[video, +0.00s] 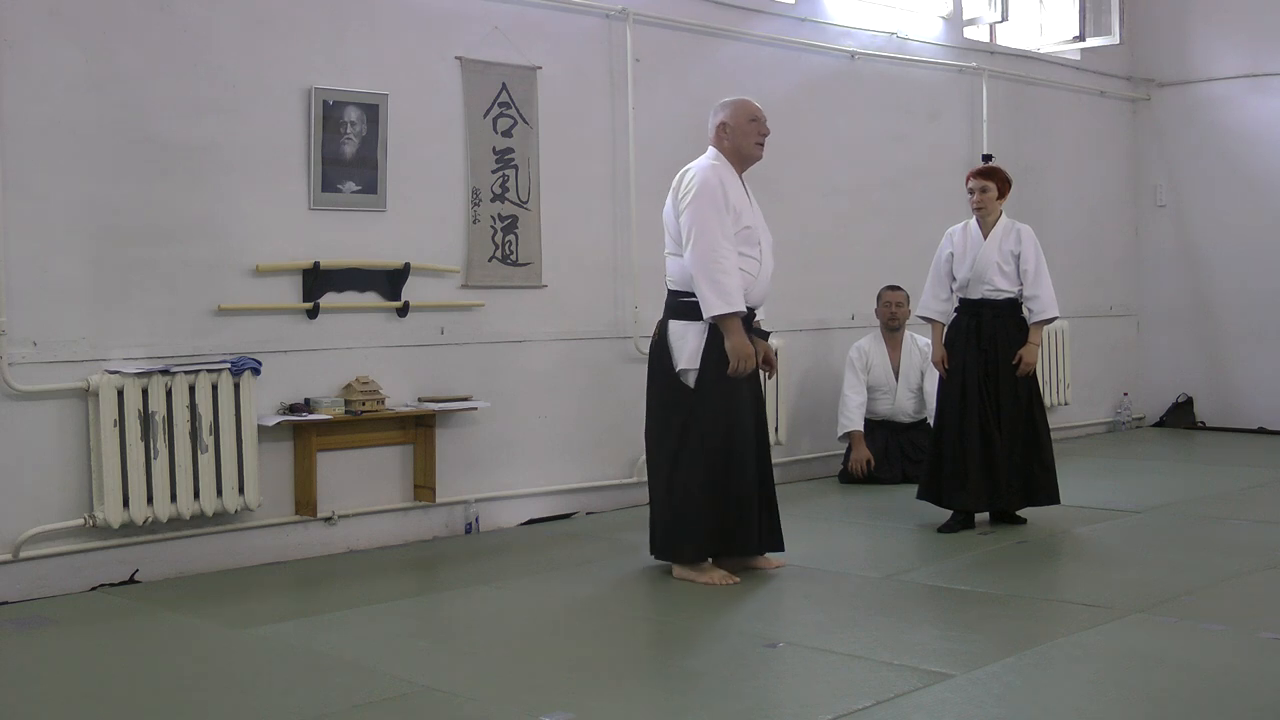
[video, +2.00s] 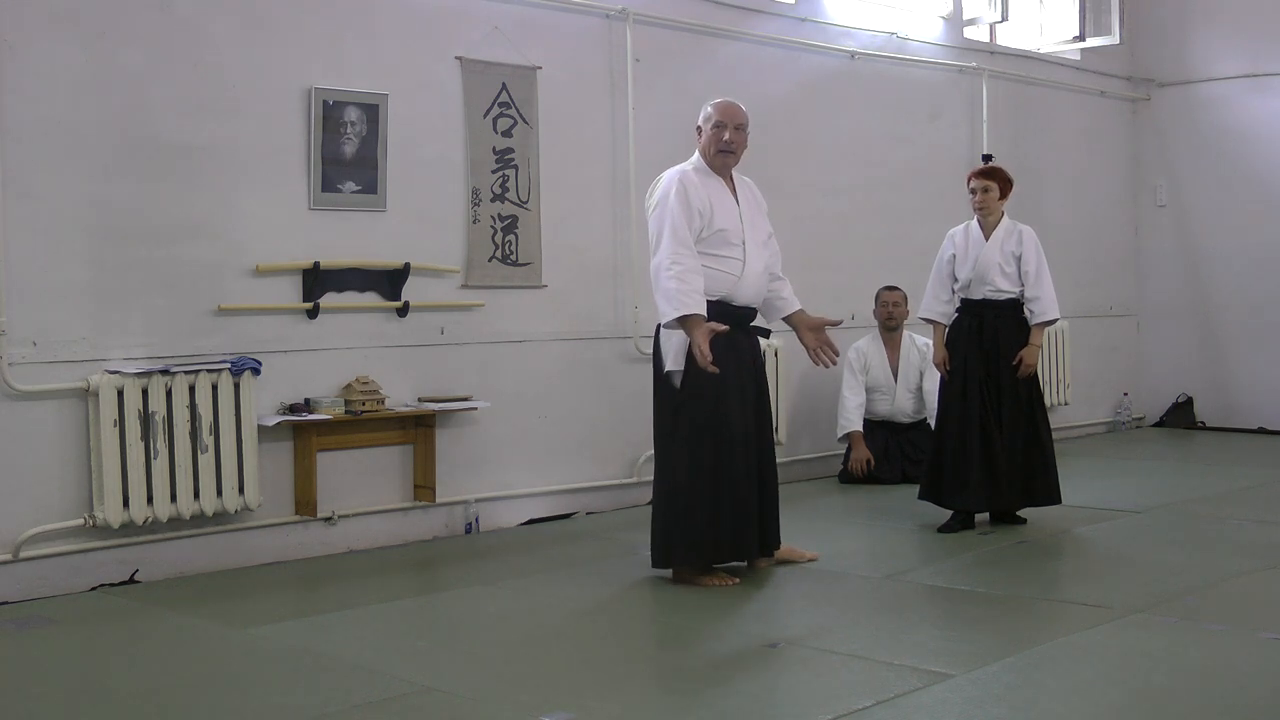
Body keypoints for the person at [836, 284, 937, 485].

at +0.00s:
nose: (893, 311)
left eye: (899, 305)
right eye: (887, 305)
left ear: (909, 313)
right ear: (877, 312)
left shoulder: (925, 348)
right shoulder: (862, 350)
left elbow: (935, 397)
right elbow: (852, 397)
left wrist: (943, 437)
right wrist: (857, 443)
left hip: (916, 431)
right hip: (874, 431)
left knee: (934, 474)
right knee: (855, 472)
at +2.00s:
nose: (890, 310)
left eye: (896, 305)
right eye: (884, 305)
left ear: (907, 313)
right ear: (875, 313)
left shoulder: (925, 349)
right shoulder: (860, 351)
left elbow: (935, 397)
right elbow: (851, 399)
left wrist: (944, 436)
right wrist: (857, 443)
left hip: (916, 430)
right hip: (874, 431)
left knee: (935, 472)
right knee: (855, 472)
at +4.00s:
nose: (890, 316)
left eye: (897, 311)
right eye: (884, 310)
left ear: (908, 315)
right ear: (877, 313)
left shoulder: (926, 349)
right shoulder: (861, 351)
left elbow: (936, 398)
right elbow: (852, 398)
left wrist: (946, 438)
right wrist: (857, 442)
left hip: (916, 430)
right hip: (875, 431)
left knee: (937, 470)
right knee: (855, 471)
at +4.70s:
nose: (889, 320)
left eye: (896, 313)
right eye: (884, 313)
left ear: (908, 316)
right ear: (876, 314)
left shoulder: (926, 350)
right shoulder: (861, 351)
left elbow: (936, 399)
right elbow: (852, 398)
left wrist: (946, 439)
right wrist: (857, 443)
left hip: (916, 431)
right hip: (874, 432)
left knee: (937, 470)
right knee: (856, 471)